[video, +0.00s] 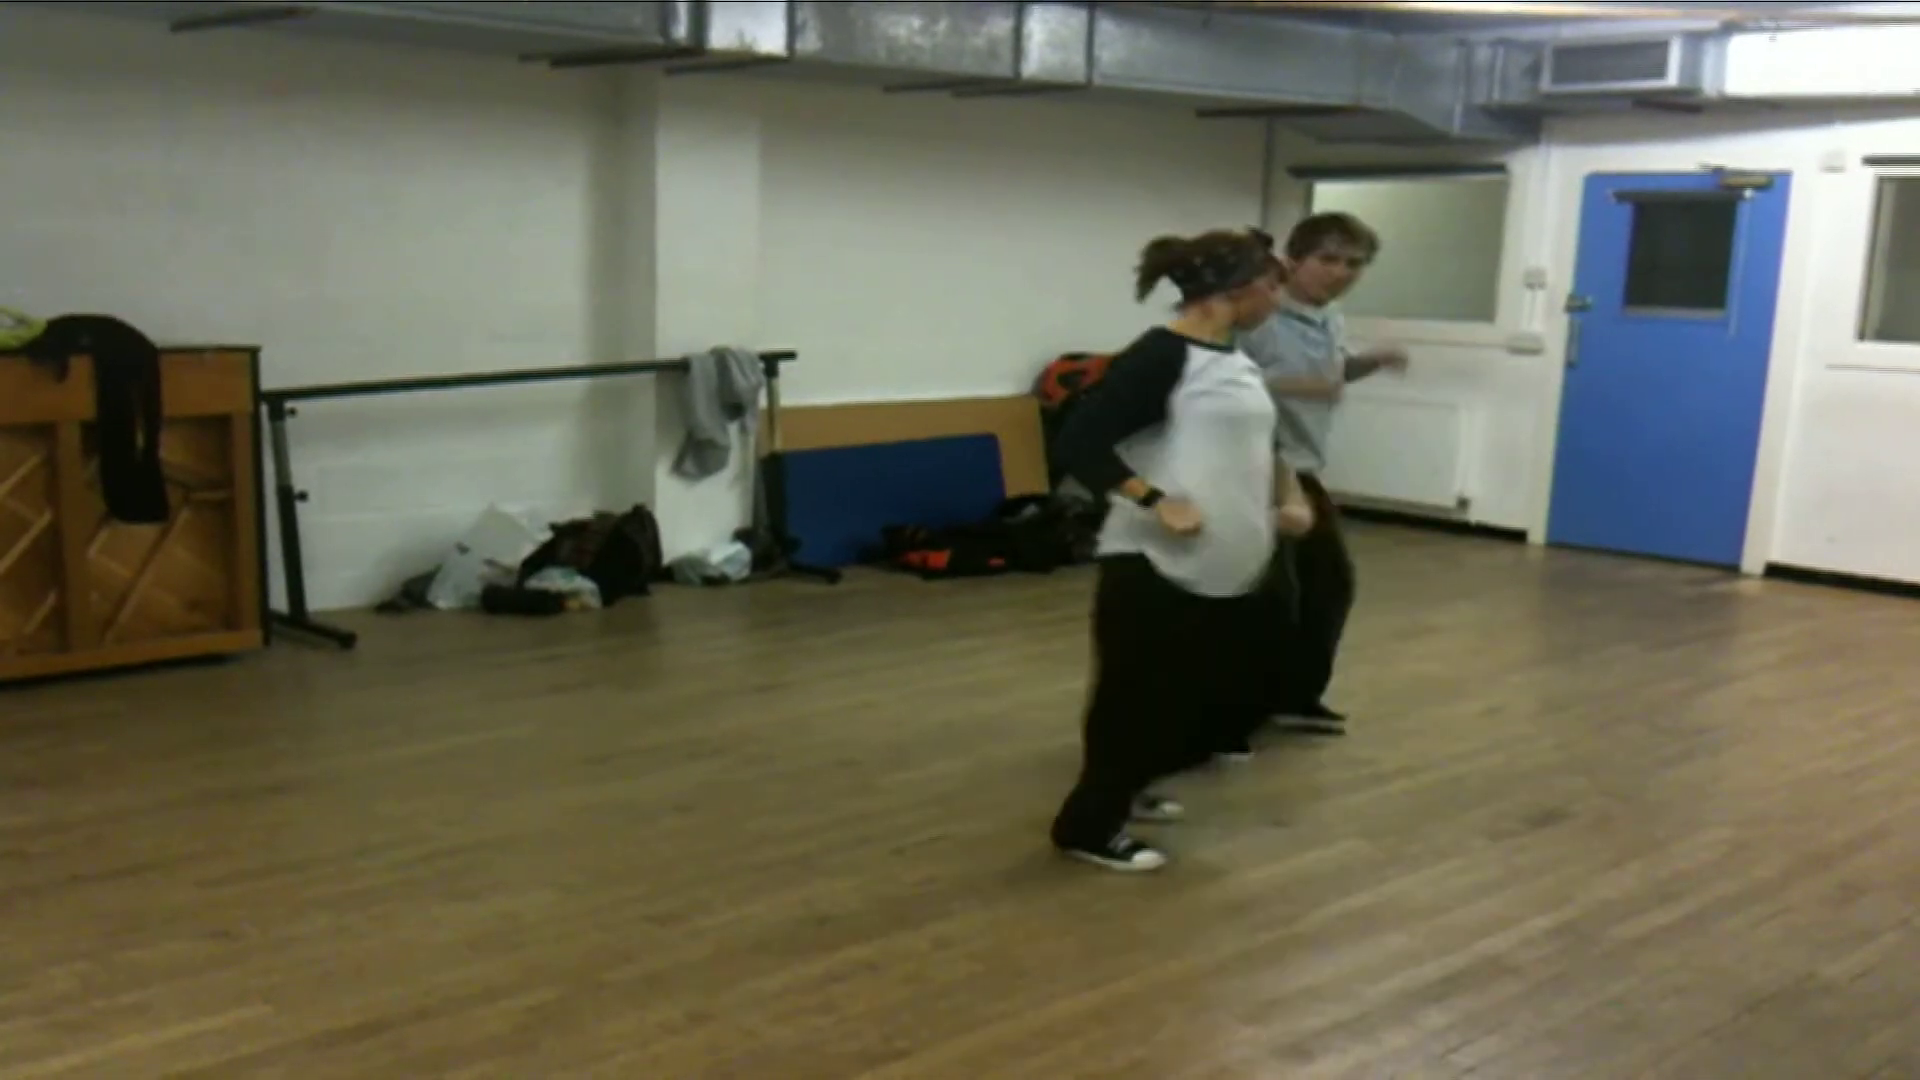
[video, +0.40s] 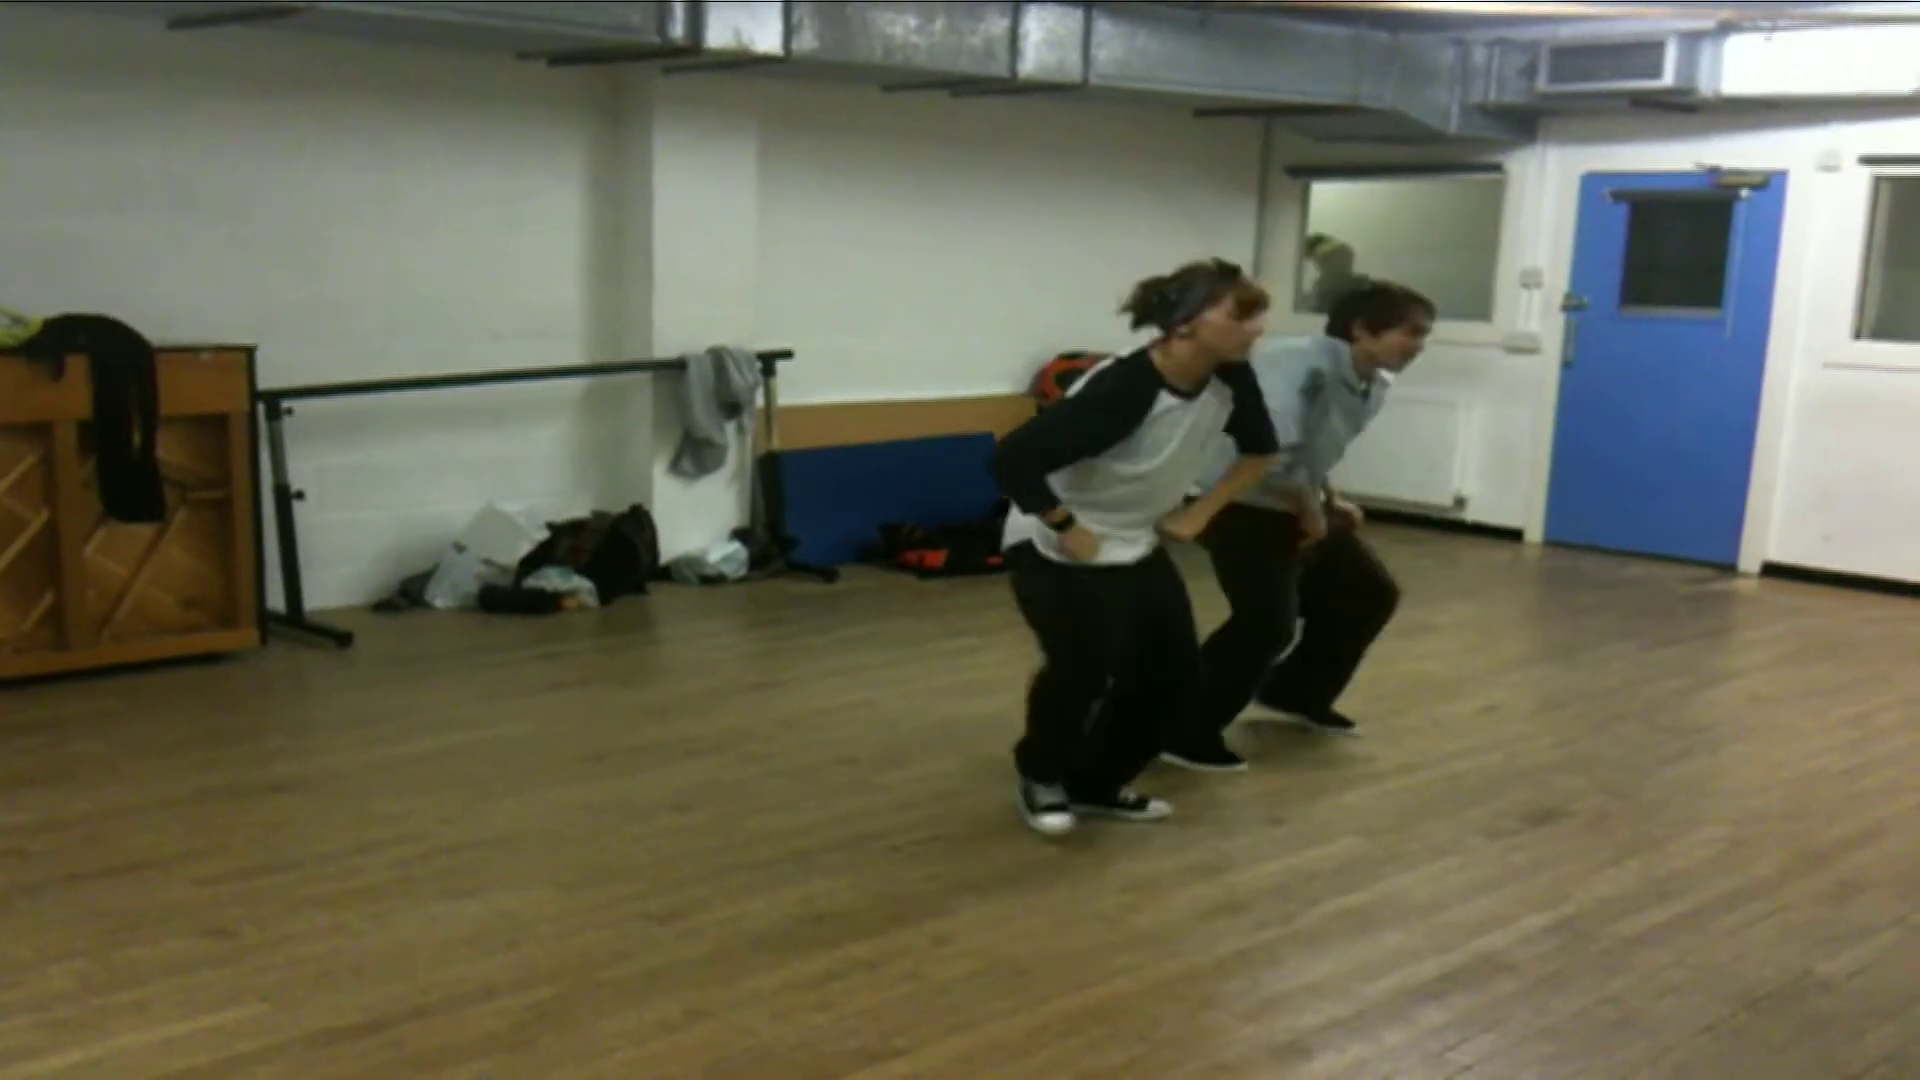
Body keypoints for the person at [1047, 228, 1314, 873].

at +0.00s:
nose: (1272, 302)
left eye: (1272, 290)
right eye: (1264, 289)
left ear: (1218, 294)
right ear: (1226, 293)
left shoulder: (1234, 360)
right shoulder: (1160, 353)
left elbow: (1248, 447)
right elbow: (1079, 440)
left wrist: (1286, 492)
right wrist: (1153, 498)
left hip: (1212, 562)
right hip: (1149, 563)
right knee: (1132, 698)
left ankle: (1127, 787)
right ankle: (1088, 826)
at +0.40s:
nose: (1252, 327)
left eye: (1249, 314)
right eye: (1236, 315)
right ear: (1187, 328)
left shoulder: (1231, 375)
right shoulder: (1123, 389)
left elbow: (1260, 452)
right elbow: (1012, 459)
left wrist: (1198, 515)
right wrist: (1065, 526)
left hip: (1135, 543)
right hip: (1057, 544)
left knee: (1172, 665)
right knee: (1087, 658)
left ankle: (1097, 783)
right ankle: (1042, 770)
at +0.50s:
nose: (1228, 326)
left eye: (1226, 313)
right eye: (1211, 314)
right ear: (1161, 325)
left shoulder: (1218, 378)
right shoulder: (1094, 385)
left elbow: (1240, 448)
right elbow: (990, 460)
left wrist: (1198, 520)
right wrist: (1056, 521)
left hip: (1135, 554)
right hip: (1046, 550)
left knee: (1167, 665)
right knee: (1052, 645)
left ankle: (1089, 781)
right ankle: (1017, 772)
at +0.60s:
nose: (1201, 307)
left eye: (1202, 295)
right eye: (1187, 294)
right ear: (1138, 299)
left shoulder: (1185, 389)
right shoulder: (1048, 364)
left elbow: (1188, 468)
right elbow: (997, 456)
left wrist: (1201, 533)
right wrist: (1038, 528)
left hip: (1132, 571)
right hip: (1033, 569)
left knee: (1145, 681)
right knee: (990, 706)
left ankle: (1087, 783)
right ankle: (977, 831)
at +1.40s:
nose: (1127, 349)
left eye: (1131, 334)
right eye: (1114, 332)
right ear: (1065, 327)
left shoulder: (1117, 384)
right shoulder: (1008, 391)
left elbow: (1155, 449)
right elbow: (956, 499)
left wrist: (1125, 538)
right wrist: (1012, 576)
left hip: (1061, 566)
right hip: (980, 575)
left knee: (1110, 699)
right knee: (1040, 709)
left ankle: (1090, 779)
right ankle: (894, 817)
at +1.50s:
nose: (1141, 385)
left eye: (1142, 370)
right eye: (1124, 370)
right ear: (1069, 377)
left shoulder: (1125, 432)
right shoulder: (1022, 435)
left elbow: (1150, 501)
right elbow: (934, 531)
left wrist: (1107, 566)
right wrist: (984, 595)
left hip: (1032, 577)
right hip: (947, 585)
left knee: (1135, 681)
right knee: (1008, 706)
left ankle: (1070, 781)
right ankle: (934, 828)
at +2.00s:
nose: (1110, 307)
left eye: (1115, 294)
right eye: (1098, 291)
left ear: (1110, 300)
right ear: (1049, 295)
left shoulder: (1105, 376)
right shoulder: (993, 355)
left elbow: (1119, 452)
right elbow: (926, 459)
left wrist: (1092, 525)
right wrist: (970, 539)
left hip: (1042, 547)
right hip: (950, 545)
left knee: (1076, 674)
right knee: (958, 683)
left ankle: (1036, 791)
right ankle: (929, 818)